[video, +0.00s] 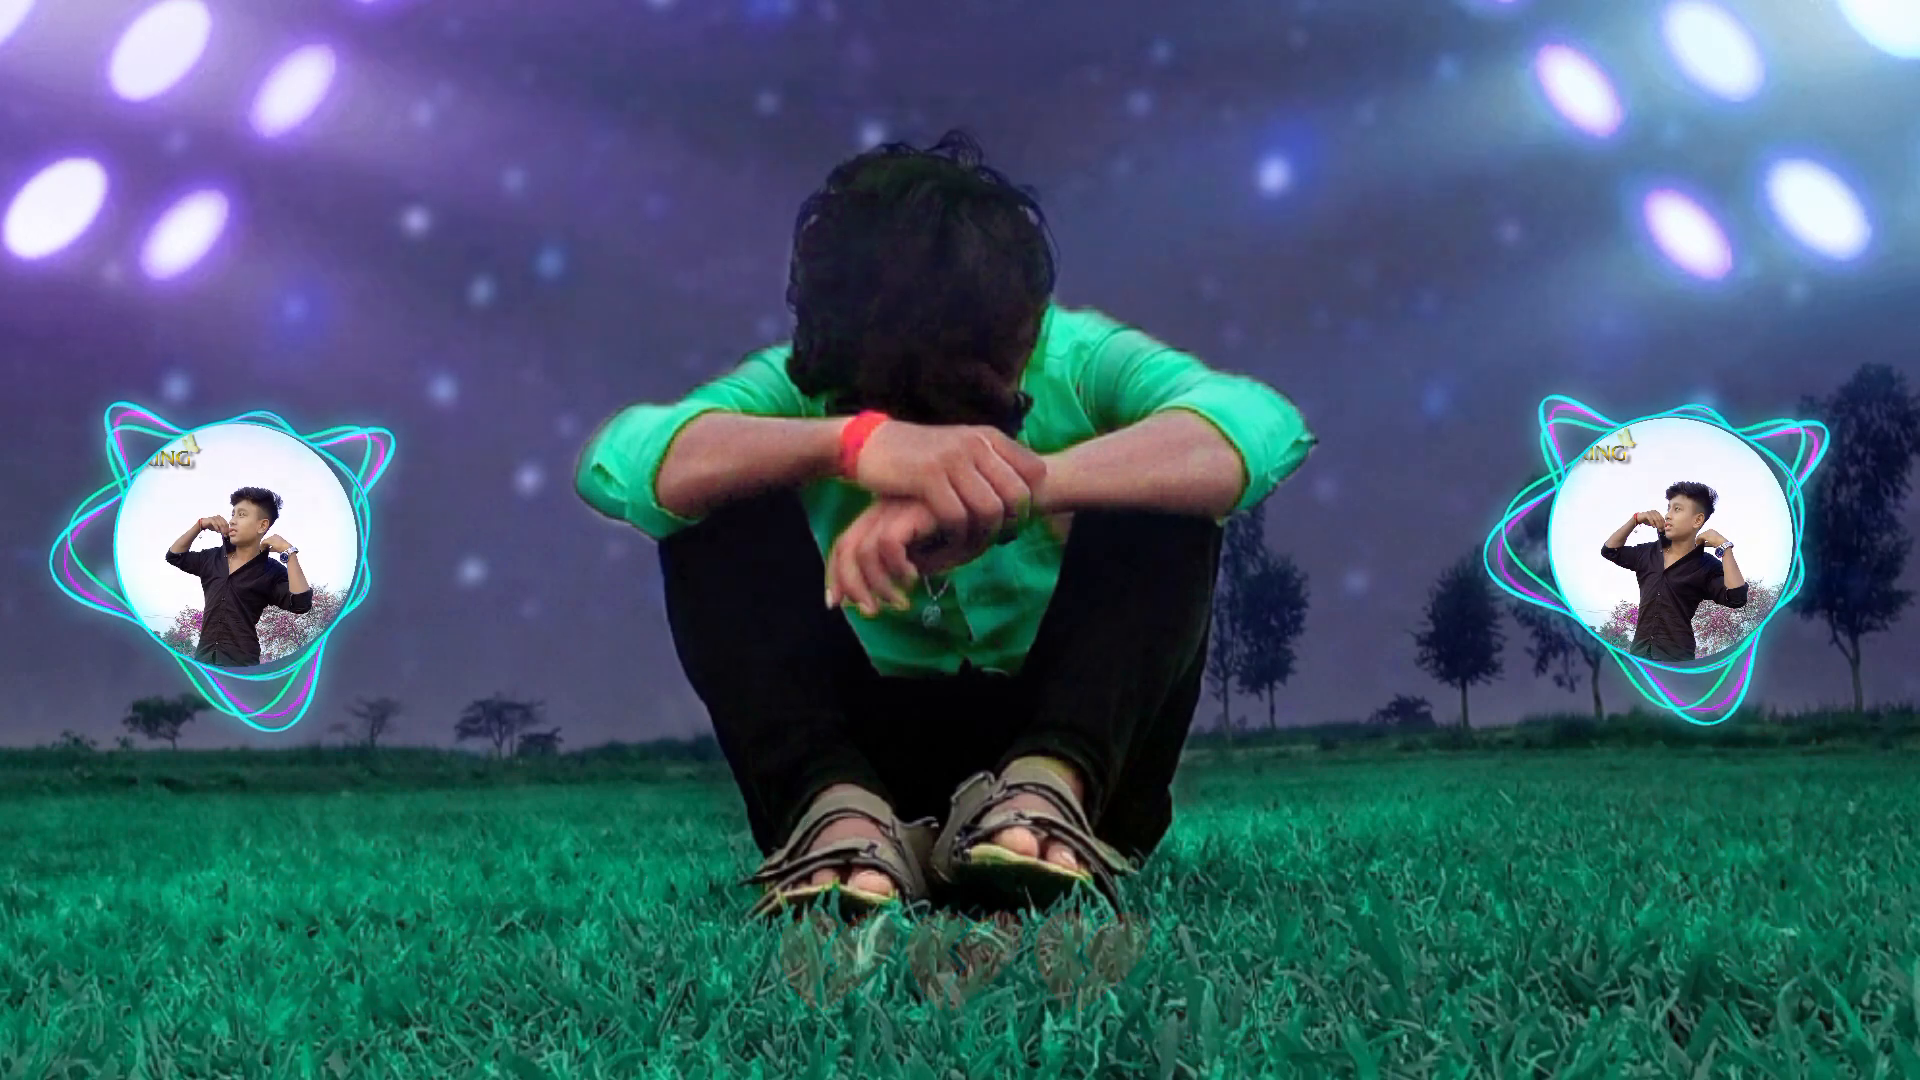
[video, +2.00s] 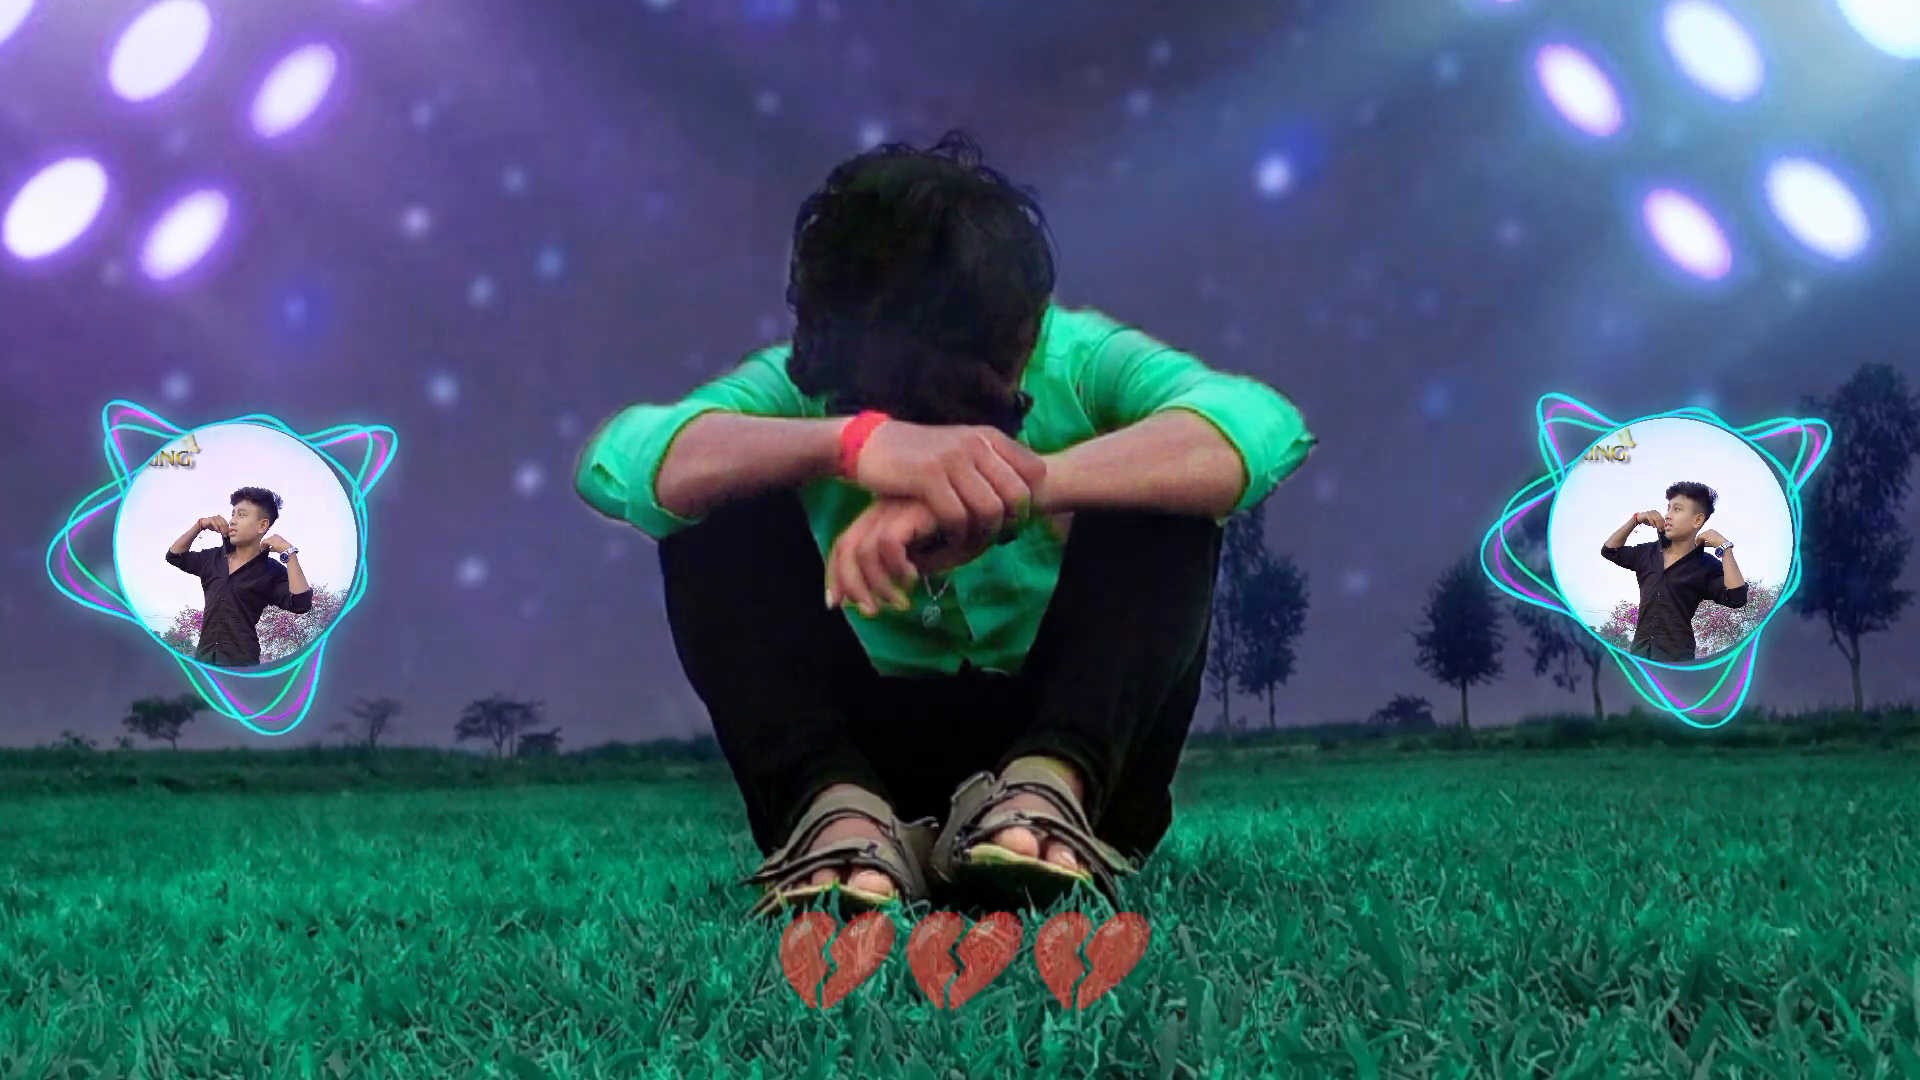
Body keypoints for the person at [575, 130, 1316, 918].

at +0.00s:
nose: (931, 454)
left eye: (968, 411)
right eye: (893, 418)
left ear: (1023, 348)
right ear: (821, 369)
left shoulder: (1076, 355)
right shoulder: (795, 382)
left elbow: (1266, 429)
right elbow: (611, 468)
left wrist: (1000, 492)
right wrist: (852, 446)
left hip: (1059, 749)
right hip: (863, 755)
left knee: (1166, 488)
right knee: (714, 500)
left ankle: (1043, 789)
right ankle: (835, 817)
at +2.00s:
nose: (915, 454)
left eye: (951, 418)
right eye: (878, 415)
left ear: (1019, 356)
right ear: (817, 365)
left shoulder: (1077, 355)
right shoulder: (795, 382)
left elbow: (1265, 429)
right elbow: (611, 467)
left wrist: (1001, 491)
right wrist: (851, 446)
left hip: (1058, 746)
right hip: (863, 751)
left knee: (1165, 487)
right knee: (713, 501)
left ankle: (1044, 789)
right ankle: (835, 816)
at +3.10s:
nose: (929, 445)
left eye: (973, 401)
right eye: (898, 412)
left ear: (1020, 345)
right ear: (830, 366)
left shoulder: (1073, 354)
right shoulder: (796, 383)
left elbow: (1266, 429)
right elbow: (611, 467)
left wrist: (1001, 491)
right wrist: (851, 447)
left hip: (1059, 747)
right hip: (864, 754)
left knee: (1165, 488)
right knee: (713, 501)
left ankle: (1044, 790)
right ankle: (836, 818)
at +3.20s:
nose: (912, 457)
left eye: (953, 423)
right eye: (873, 417)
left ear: (1019, 360)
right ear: (813, 367)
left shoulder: (1077, 356)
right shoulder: (793, 382)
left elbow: (1265, 429)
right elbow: (611, 468)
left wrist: (999, 491)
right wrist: (850, 446)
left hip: (1059, 747)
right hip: (865, 752)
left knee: (1164, 489)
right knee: (713, 505)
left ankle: (1043, 790)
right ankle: (837, 818)